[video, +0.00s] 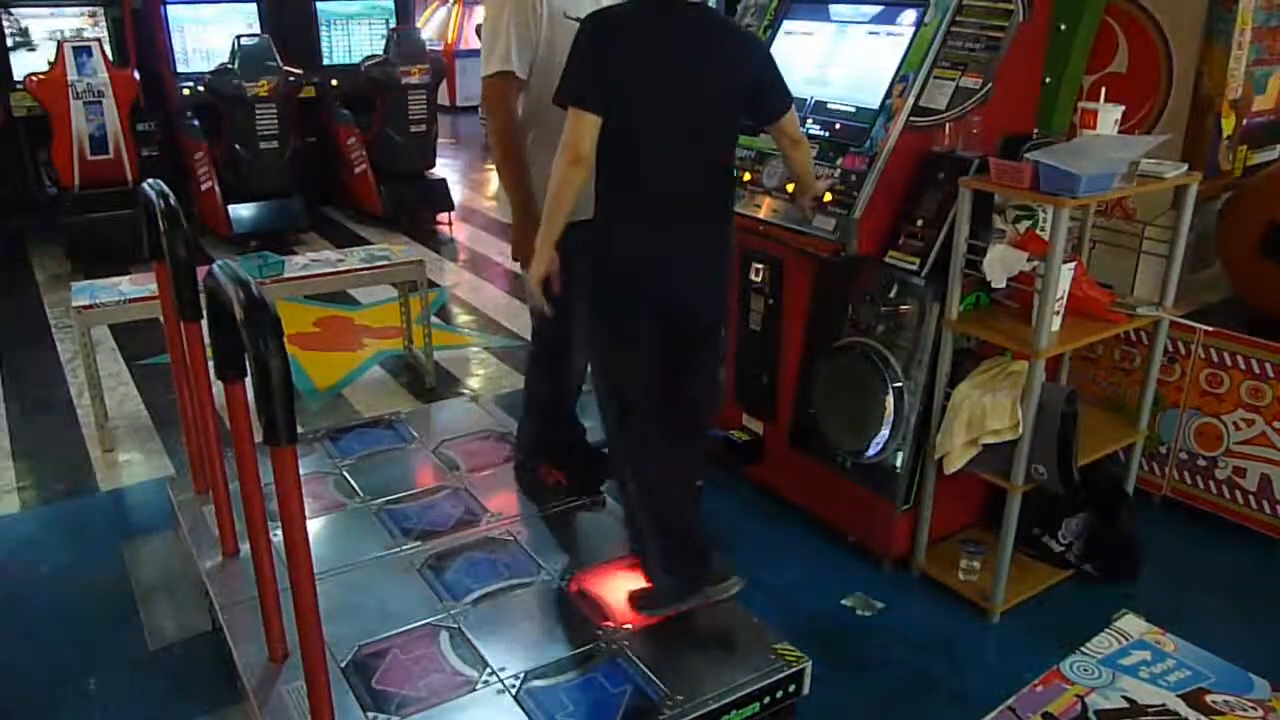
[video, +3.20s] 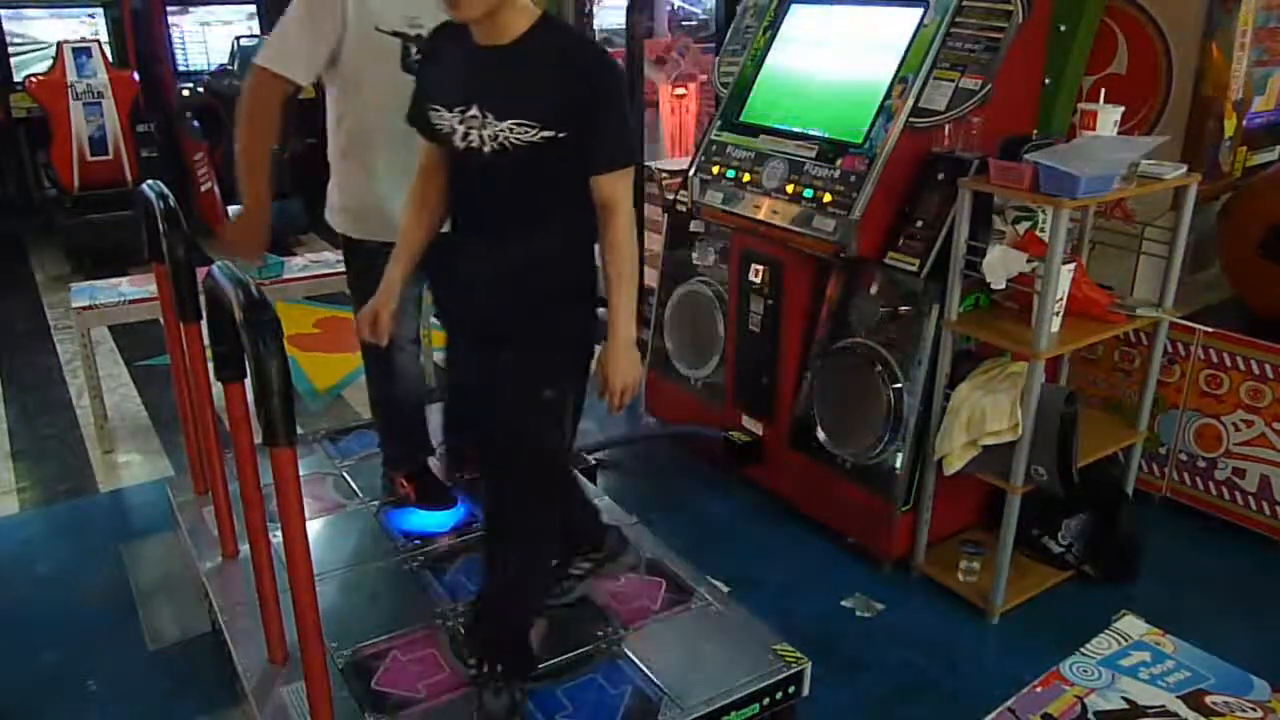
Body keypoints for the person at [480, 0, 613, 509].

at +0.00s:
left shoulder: (631, 11)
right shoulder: (522, 3)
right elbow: (498, 105)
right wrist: (524, 217)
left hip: (613, 202)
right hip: (557, 206)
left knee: (583, 339)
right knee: (558, 341)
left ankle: (568, 451)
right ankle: (541, 458)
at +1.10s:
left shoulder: (611, 10)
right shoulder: (524, 1)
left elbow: (608, 109)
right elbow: (487, 88)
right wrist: (506, 198)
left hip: (582, 204)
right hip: (525, 203)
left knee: (565, 336)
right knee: (520, 333)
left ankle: (556, 443)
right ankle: (471, 441)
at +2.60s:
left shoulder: (568, 13)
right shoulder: (469, 4)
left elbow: (572, 107)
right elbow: (425, 87)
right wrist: (434, 192)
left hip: (545, 207)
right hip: (474, 206)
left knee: (543, 343)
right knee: (450, 347)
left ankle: (555, 447)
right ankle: (423, 460)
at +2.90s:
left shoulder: (512, 10)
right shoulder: (390, 6)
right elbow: (353, 104)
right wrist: (373, 220)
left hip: (499, 215)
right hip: (417, 220)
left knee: (530, 357)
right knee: (414, 361)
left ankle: (551, 471)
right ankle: (408, 470)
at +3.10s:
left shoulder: (482, 8)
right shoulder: (349, 5)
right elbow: (294, 89)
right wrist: (293, 211)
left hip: (470, 201)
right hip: (385, 208)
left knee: (501, 340)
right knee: (401, 347)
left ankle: (523, 466)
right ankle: (408, 466)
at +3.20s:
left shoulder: (474, 7)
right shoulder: (337, 5)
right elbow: (263, 88)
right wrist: (253, 213)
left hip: (459, 202)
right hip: (375, 209)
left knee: (476, 337)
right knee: (395, 347)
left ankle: (471, 447)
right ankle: (408, 467)